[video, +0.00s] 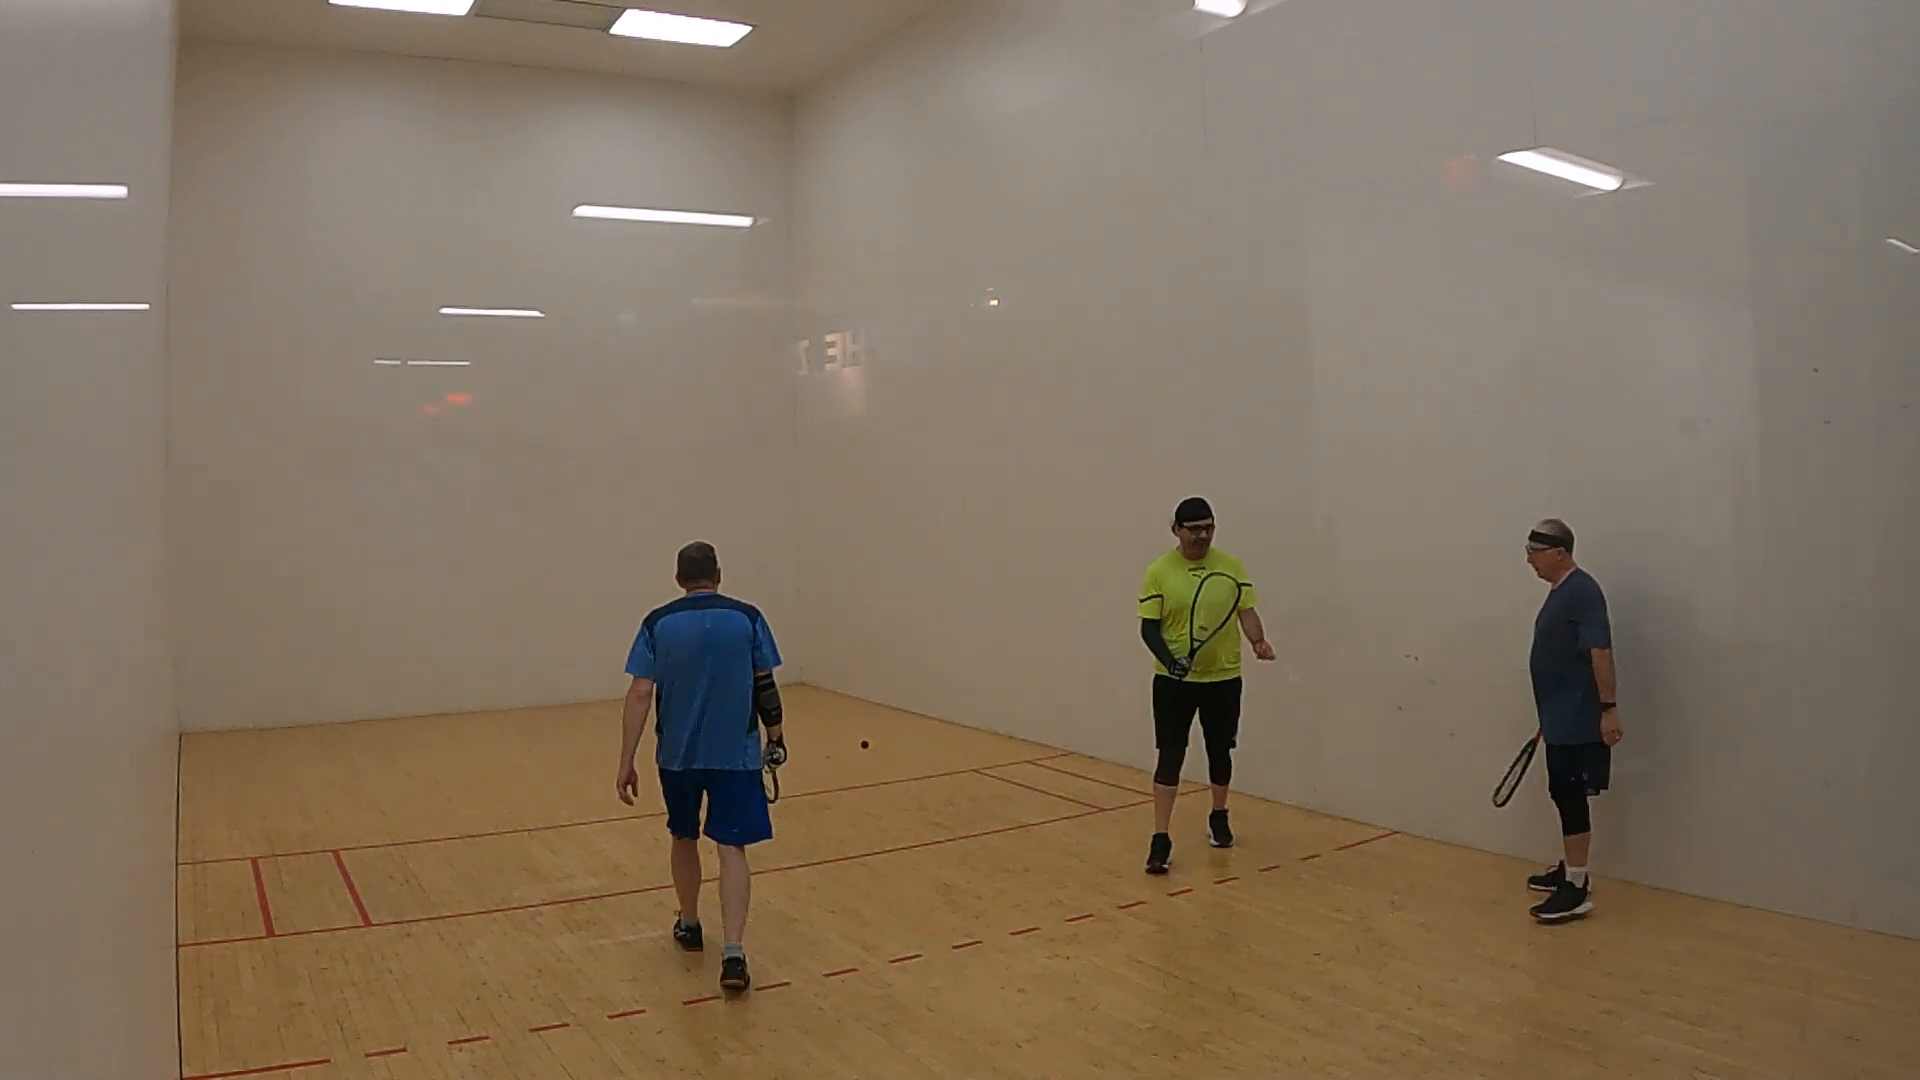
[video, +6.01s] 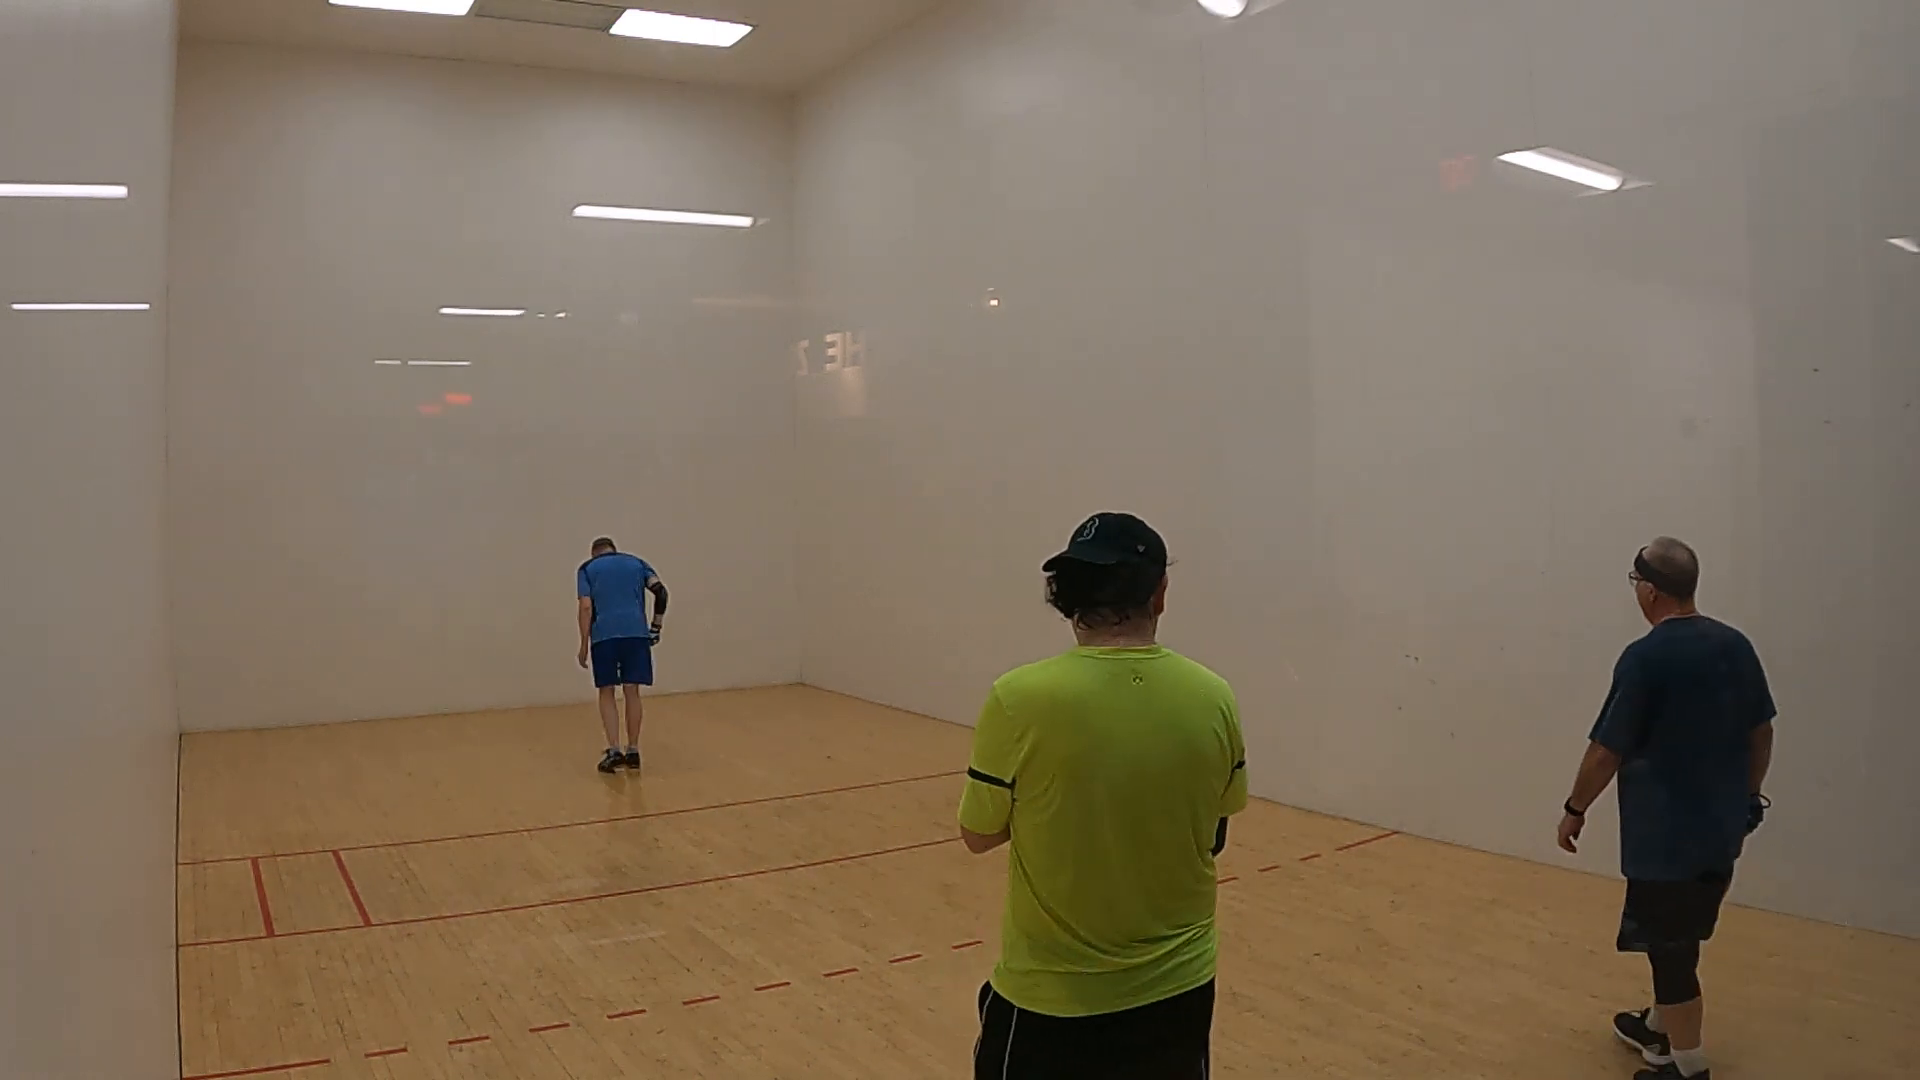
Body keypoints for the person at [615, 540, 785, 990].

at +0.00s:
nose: (689, 585)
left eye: (681, 578)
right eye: (713, 578)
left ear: (678, 580)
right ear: (720, 577)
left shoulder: (658, 623)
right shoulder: (748, 618)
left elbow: (640, 693)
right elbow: (765, 689)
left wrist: (627, 758)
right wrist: (775, 742)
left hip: (678, 758)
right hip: (735, 757)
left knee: (684, 837)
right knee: (732, 848)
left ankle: (689, 923)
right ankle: (733, 952)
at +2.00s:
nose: (696, 550)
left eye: (690, 544)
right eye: (707, 546)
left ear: (684, 545)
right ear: (713, 545)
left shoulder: (668, 575)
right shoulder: (731, 574)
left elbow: (659, 627)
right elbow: (743, 624)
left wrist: (655, 671)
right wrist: (750, 663)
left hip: (680, 670)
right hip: (718, 670)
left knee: (677, 721)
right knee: (715, 733)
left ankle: (687, 785)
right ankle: (716, 806)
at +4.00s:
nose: (607, 554)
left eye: (605, 550)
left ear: (603, 550)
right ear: (624, 548)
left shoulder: (600, 569)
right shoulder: (642, 568)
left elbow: (596, 606)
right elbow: (651, 606)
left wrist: (585, 634)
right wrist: (651, 636)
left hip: (614, 639)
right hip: (639, 637)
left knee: (625, 689)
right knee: (627, 683)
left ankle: (642, 744)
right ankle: (618, 719)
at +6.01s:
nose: (595, 558)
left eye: (594, 555)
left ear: (593, 553)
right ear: (615, 550)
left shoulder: (587, 568)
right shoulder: (636, 562)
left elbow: (585, 606)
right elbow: (661, 592)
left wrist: (584, 643)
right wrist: (656, 626)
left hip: (604, 637)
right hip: (636, 634)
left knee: (606, 691)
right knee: (632, 690)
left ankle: (614, 750)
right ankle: (633, 749)